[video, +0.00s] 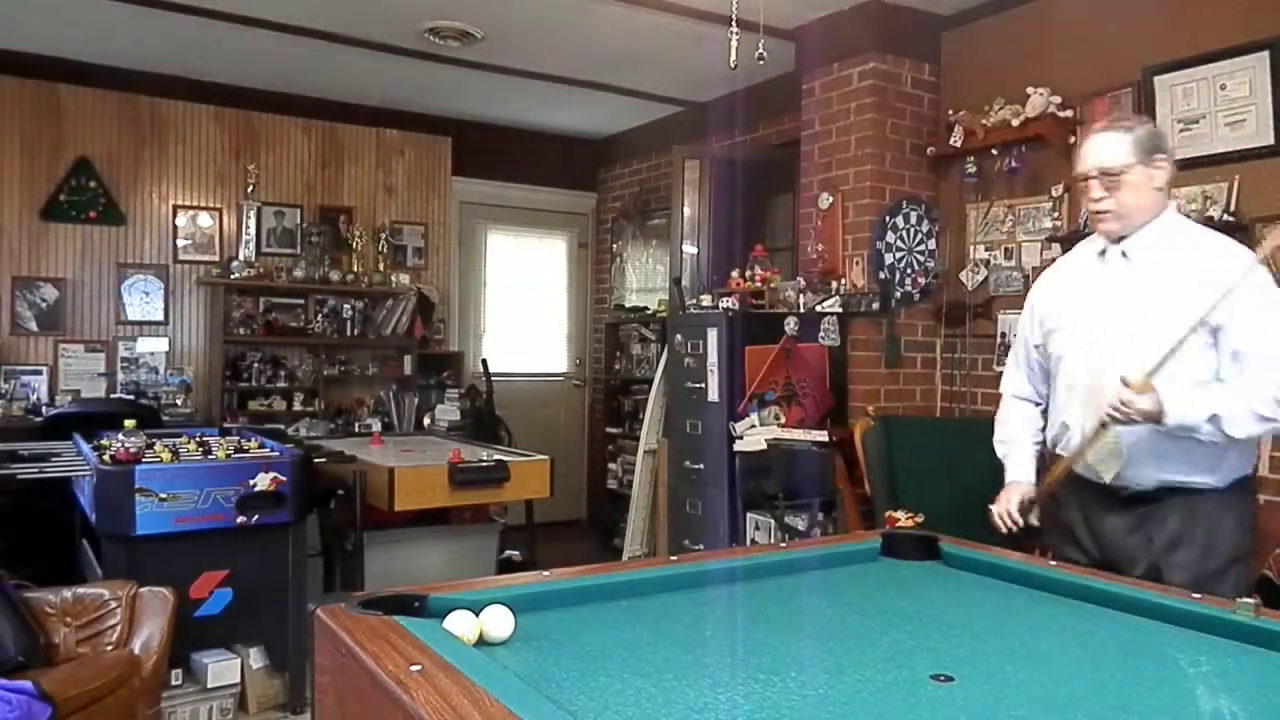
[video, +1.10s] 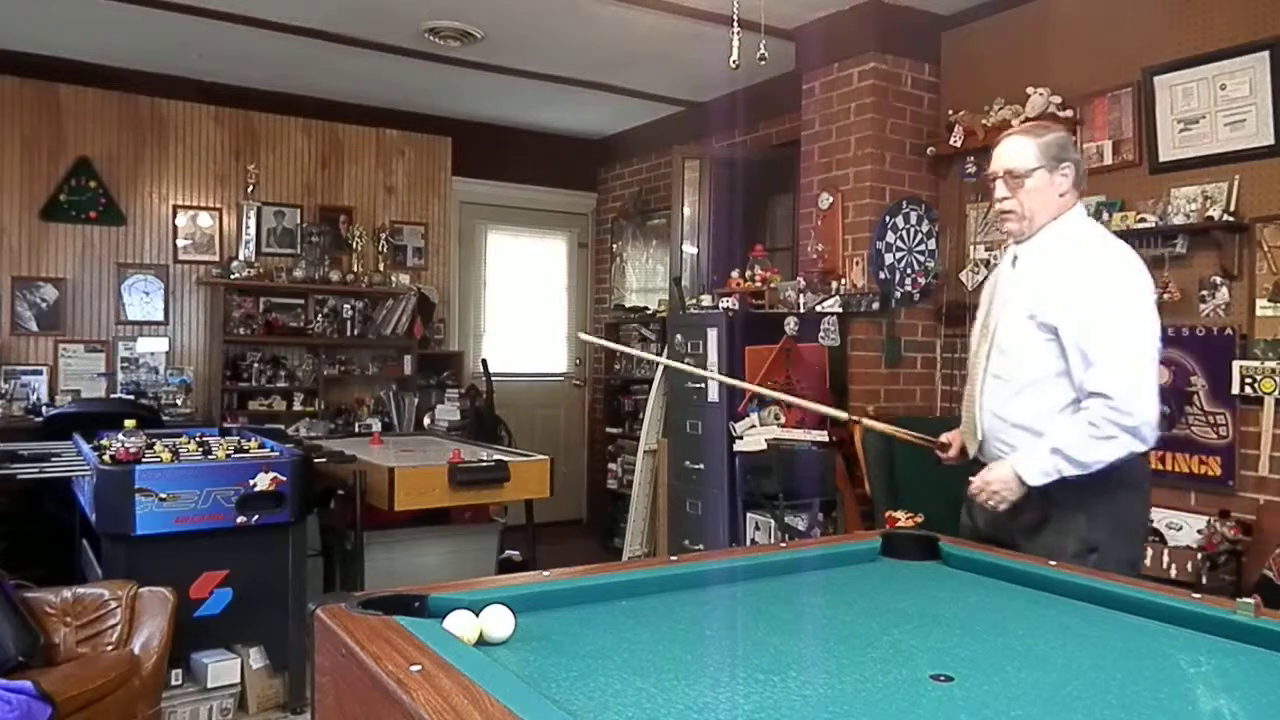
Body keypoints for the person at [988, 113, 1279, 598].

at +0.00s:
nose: (1094, 195)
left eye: (1111, 178)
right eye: (1084, 182)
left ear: (1159, 173)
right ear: (1074, 188)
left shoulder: (1228, 269)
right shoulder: (1057, 281)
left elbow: (1267, 400)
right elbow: (1021, 392)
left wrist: (1168, 407)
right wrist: (1019, 476)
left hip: (1192, 523)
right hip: (1078, 516)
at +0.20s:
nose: (1043, 201)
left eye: (1055, 182)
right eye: (1034, 191)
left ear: (1104, 172)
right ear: (1030, 197)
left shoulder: (1183, 260)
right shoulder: (1037, 291)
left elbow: (1237, 378)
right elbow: (1014, 398)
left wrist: (1117, 404)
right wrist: (1011, 471)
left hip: (1176, 510)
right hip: (1069, 508)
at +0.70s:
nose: (1005, 199)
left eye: (1017, 180)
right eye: (998, 188)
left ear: (1066, 175)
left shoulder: (1130, 252)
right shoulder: (1023, 281)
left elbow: (1200, 381)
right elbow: (1031, 383)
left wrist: (1106, 456)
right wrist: (1003, 450)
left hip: (1130, 505)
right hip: (1041, 502)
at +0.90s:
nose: (1015, 200)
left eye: (1031, 183)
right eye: (1010, 186)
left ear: (1081, 182)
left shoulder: (1125, 267)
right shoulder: (1034, 266)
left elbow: (1164, 419)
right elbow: (1040, 377)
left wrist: (1059, 480)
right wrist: (994, 435)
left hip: (1108, 510)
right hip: (1019, 497)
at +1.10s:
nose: (998, 194)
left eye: (1014, 178)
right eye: (993, 181)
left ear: (1063, 179)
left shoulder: (1101, 263)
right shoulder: (1014, 260)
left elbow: (1126, 415)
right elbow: (1020, 373)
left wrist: (1022, 470)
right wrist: (972, 431)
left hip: (1081, 504)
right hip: (999, 495)